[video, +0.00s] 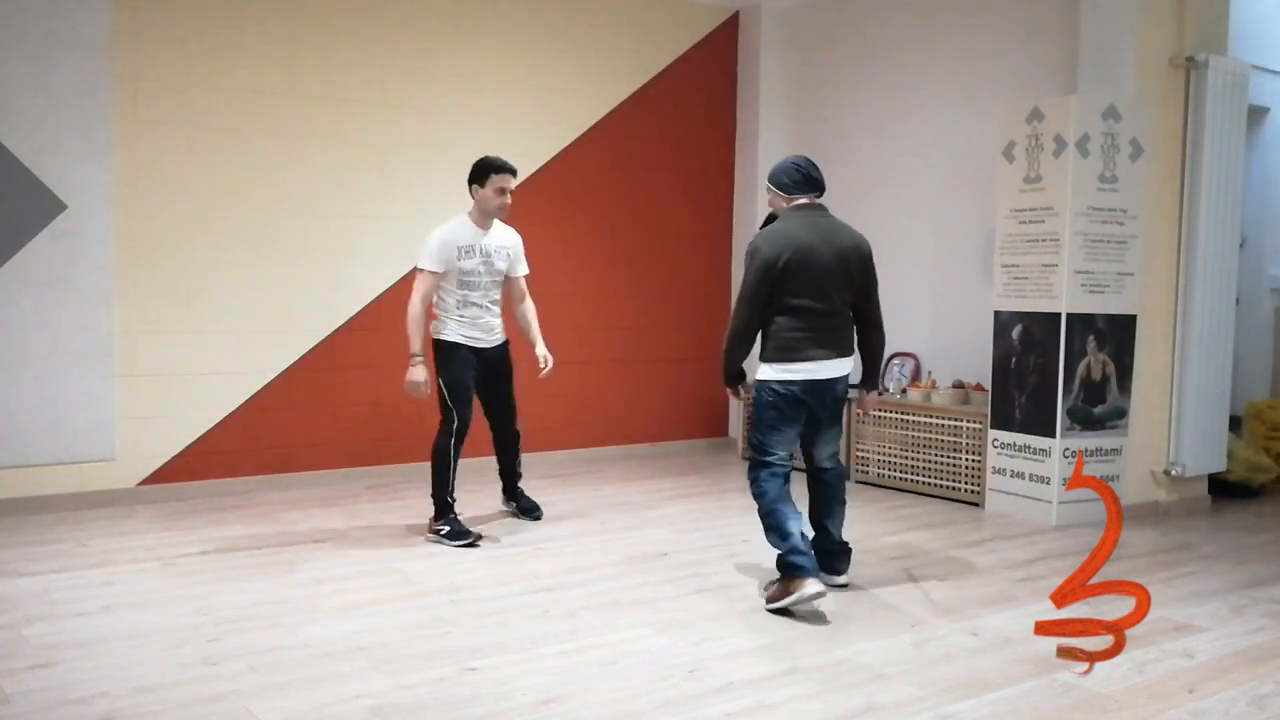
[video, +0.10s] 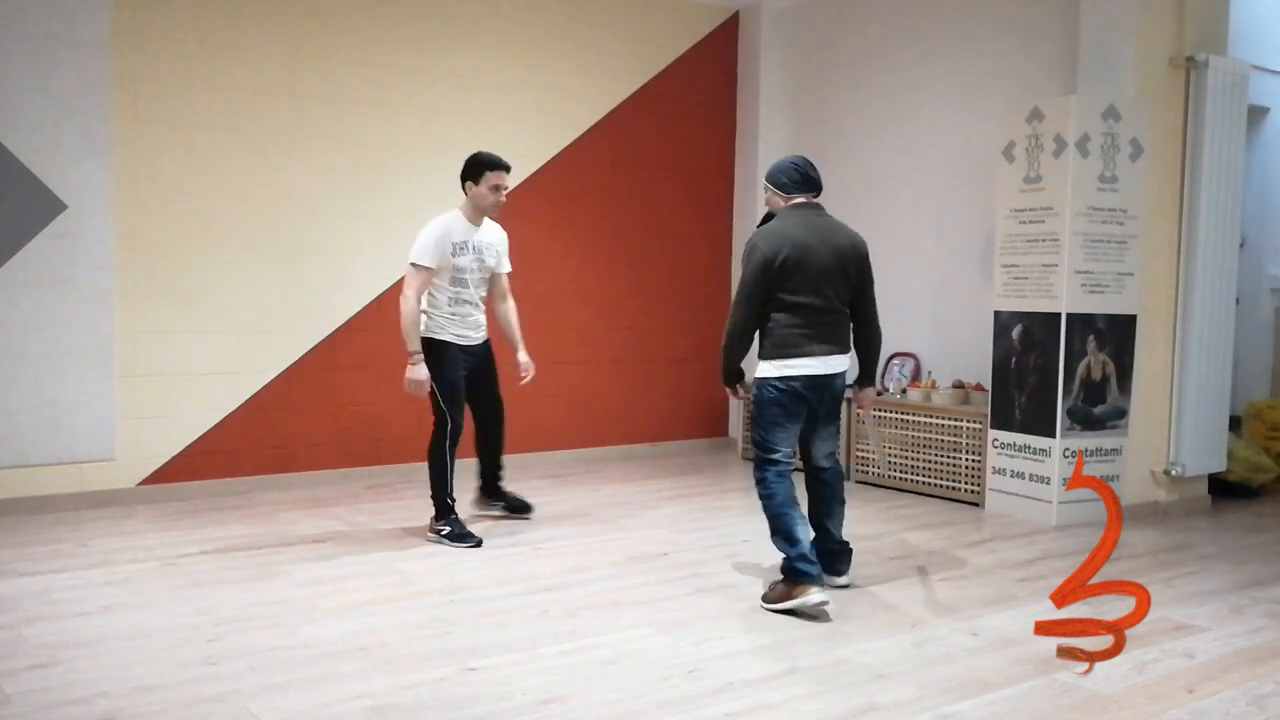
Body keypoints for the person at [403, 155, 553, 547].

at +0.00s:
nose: (508, 199)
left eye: (511, 192)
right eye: (501, 191)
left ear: (511, 194)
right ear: (476, 190)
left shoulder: (510, 240)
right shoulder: (446, 237)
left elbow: (522, 299)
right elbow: (419, 300)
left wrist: (538, 343)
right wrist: (416, 359)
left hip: (494, 345)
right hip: (453, 344)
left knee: (505, 423)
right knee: (457, 423)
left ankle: (512, 492)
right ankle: (442, 515)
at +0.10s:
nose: (504, 196)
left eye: (506, 189)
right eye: (496, 188)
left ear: (502, 191)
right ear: (469, 188)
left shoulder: (496, 236)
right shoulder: (439, 232)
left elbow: (502, 298)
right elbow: (409, 295)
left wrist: (520, 349)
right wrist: (415, 357)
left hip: (478, 343)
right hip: (439, 343)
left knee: (490, 415)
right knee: (450, 423)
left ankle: (491, 490)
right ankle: (443, 516)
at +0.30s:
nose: (483, 191)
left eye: (485, 184)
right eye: (476, 183)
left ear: (471, 185)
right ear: (450, 183)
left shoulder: (467, 231)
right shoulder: (420, 227)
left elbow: (467, 297)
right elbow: (397, 294)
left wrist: (468, 353)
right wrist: (406, 358)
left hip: (450, 344)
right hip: (421, 343)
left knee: (450, 418)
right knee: (433, 424)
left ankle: (394, 490)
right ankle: (441, 516)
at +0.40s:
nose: (469, 193)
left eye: (470, 184)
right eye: (462, 184)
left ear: (457, 185)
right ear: (435, 184)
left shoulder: (450, 232)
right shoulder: (409, 226)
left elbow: (451, 296)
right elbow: (383, 296)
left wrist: (451, 350)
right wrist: (388, 361)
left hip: (433, 344)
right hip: (409, 343)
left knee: (406, 426)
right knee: (432, 426)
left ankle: (348, 494)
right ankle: (441, 518)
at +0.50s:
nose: (448, 194)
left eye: (449, 186)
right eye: (441, 186)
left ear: (426, 187)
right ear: (415, 186)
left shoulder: (427, 232)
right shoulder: (392, 226)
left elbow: (430, 297)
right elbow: (362, 293)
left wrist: (439, 348)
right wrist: (356, 359)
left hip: (410, 346)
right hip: (390, 345)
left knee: (378, 428)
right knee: (429, 423)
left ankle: (314, 501)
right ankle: (440, 518)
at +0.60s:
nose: (422, 193)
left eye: (423, 185)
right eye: (414, 185)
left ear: (407, 189)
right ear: (388, 186)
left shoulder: (401, 234)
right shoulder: (363, 230)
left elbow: (409, 298)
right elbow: (332, 292)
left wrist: (430, 350)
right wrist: (317, 352)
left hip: (379, 344)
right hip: (364, 344)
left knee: (349, 428)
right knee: (410, 417)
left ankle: (301, 513)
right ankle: (430, 515)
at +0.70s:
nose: (392, 192)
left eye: (394, 184)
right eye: (384, 184)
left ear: (386, 186)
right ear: (358, 185)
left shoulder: (380, 233)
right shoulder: (331, 230)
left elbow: (395, 298)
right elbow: (300, 297)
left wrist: (421, 351)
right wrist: (289, 361)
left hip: (356, 344)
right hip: (335, 343)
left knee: (333, 434)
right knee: (388, 415)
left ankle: (297, 519)